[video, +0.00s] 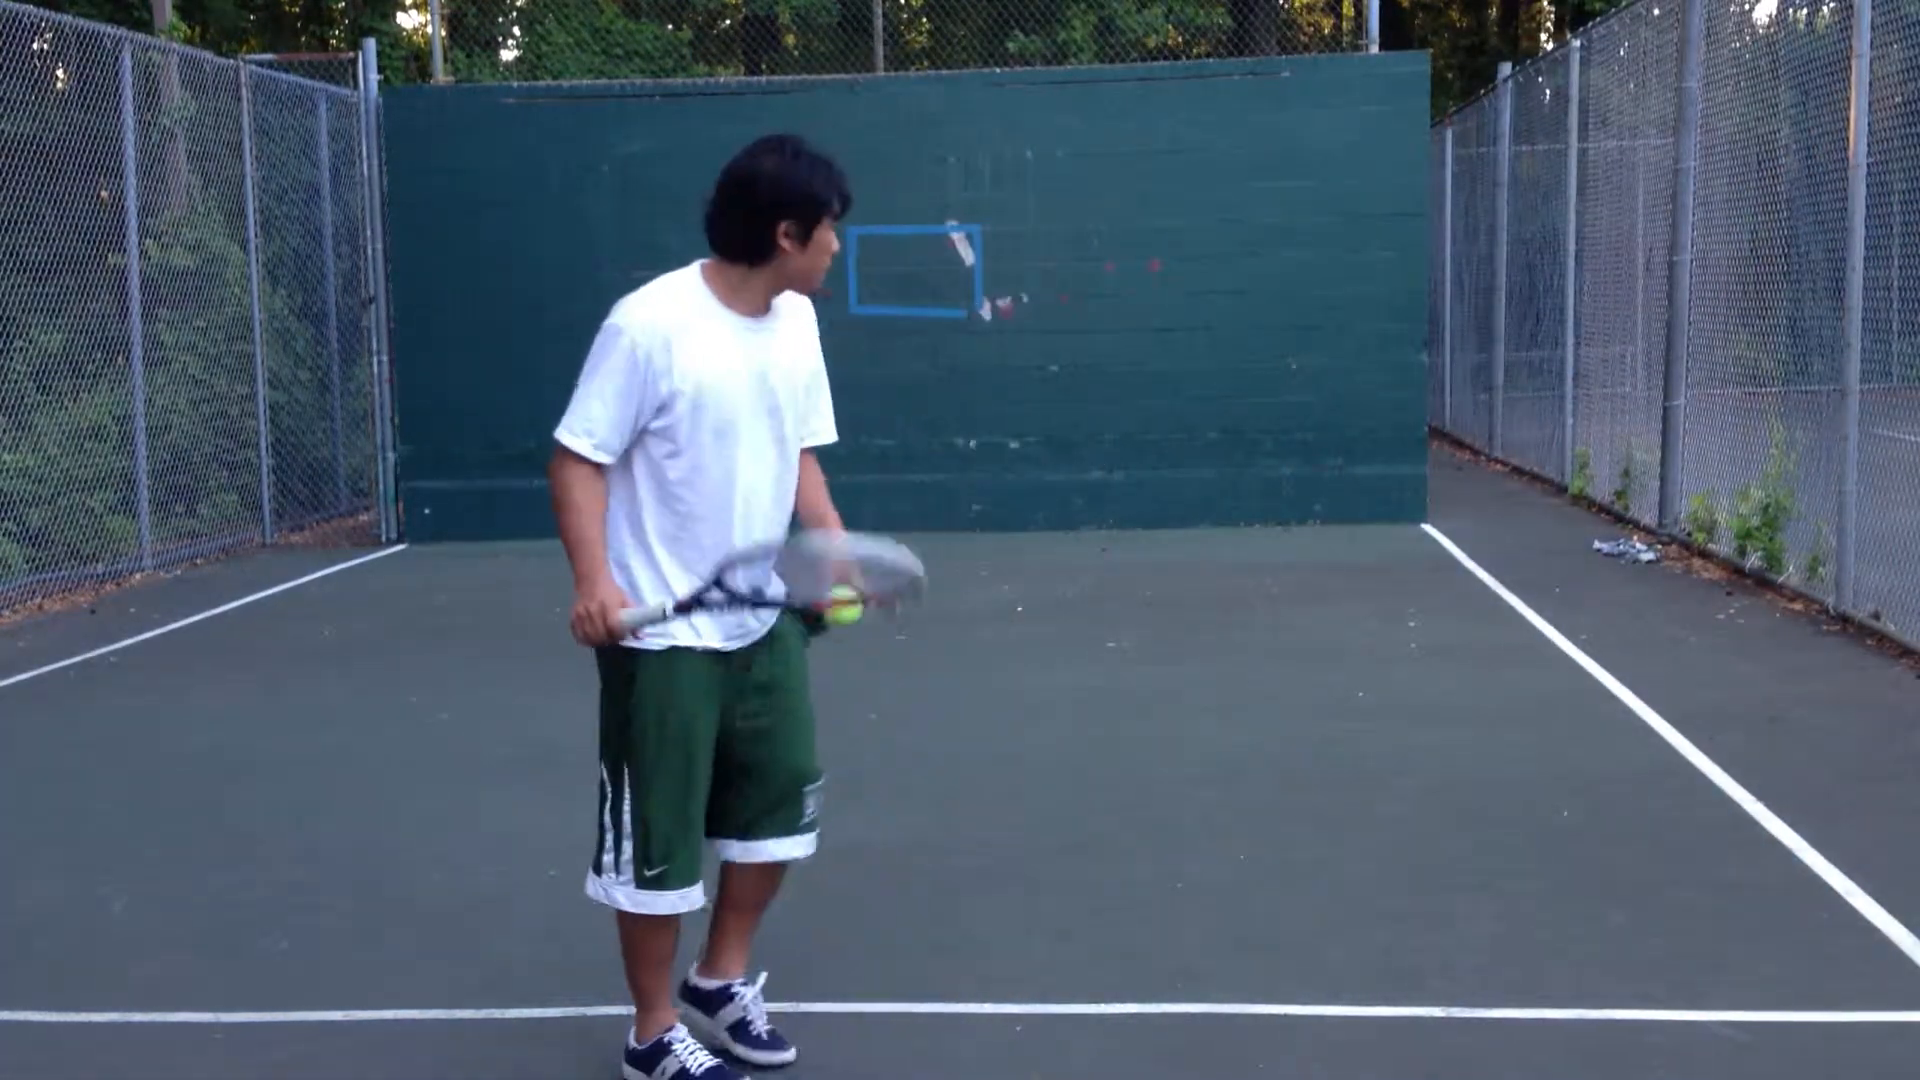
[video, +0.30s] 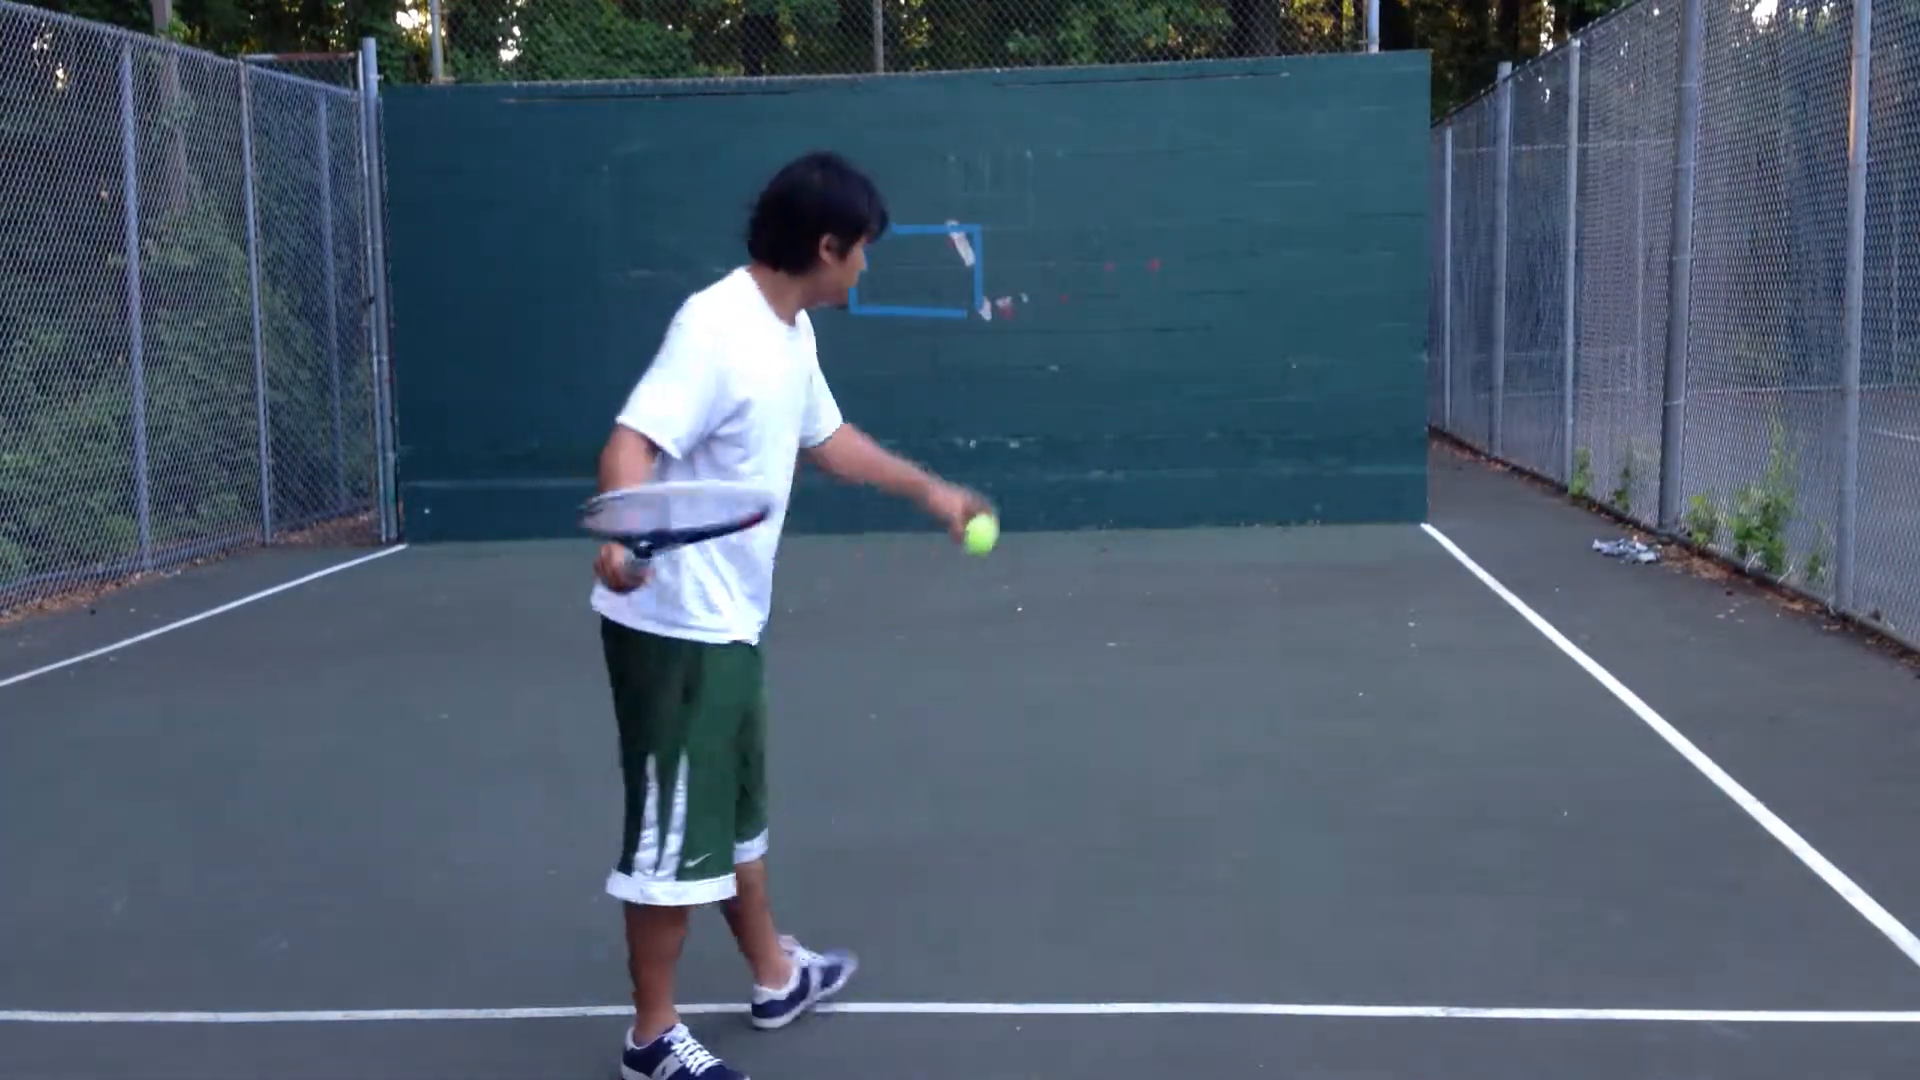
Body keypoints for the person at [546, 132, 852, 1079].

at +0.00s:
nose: (837, 249)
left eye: (836, 233)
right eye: (829, 234)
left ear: (772, 235)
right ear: (781, 237)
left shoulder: (794, 317)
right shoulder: (648, 324)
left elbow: (798, 455)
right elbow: (576, 457)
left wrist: (833, 556)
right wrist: (592, 580)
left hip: (766, 620)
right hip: (661, 630)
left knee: (774, 807)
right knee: (657, 841)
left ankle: (720, 984)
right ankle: (652, 1033)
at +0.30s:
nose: (862, 269)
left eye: (864, 253)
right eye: (859, 252)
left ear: (810, 245)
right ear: (824, 247)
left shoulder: (792, 331)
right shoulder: (713, 326)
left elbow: (833, 443)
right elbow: (630, 444)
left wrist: (932, 490)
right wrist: (619, 533)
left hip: (730, 618)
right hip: (674, 619)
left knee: (736, 807)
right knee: (672, 833)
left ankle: (776, 976)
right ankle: (652, 1036)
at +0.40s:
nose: (871, 277)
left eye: (875, 261)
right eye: (871, 260)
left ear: (811, 246)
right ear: (834, 254)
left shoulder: (780, 323)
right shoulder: (749, 330)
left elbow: (838, 408)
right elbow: (681, 453)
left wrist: (945, 425)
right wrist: (680, 555)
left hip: (725, 613)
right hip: (697, 618)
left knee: (721, 810)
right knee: (691, 828)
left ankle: (773, 976)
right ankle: (655, 1032)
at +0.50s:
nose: (876, 276)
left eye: (880, 260)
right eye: (875, 259)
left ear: (808, 242)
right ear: (838, 252)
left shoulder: (735, 291)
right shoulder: (779, 344)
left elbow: (796, 376)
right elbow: (748, 487)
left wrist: (904, 364)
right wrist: (767, 605)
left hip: (673, 591)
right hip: (728, 607)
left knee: (721, 803)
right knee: (734, 820)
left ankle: (776, 976)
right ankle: (660, 1017)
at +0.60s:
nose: (874, 271)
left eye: (877, 255)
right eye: (871, 256)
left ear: (792, 242)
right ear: (836, 252)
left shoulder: (712, 278)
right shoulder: (812, 362)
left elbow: (779, 324)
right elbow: (823, 521)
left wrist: (871, 323)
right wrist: (883, 629)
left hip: (669, 587)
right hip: (754, 606)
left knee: (729, 796)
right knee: (771, 802)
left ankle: (774, 976)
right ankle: (680, 971)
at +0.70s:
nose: (878, 278)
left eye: (882, 261)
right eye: (876, 259)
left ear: (788, 235)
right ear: (836, 248)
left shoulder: (698, 280)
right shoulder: (833, 358)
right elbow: (867, 496)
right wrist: (947, 549)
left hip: (679, 589)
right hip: (777, 601)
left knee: (718, 795)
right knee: (796, 793)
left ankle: (776, 975)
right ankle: (709, 949)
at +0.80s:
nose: (875, 270)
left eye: (879, 254)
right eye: (876, 253)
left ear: (785, 227)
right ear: (848, 246)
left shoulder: (696, 282)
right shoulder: (853, 350)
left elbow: (704, 382)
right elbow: (866, 449)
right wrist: (909, 421)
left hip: (689, 589)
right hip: (792, 599)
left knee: (733, 789)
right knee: (814, 786)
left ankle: (778, 973)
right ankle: (739, 934)